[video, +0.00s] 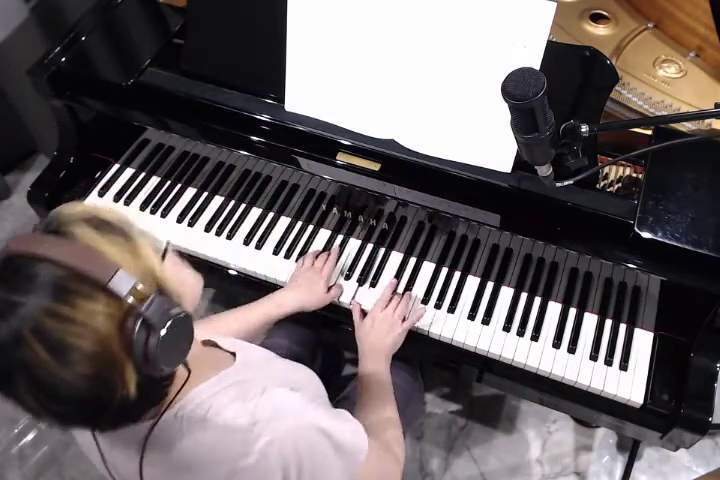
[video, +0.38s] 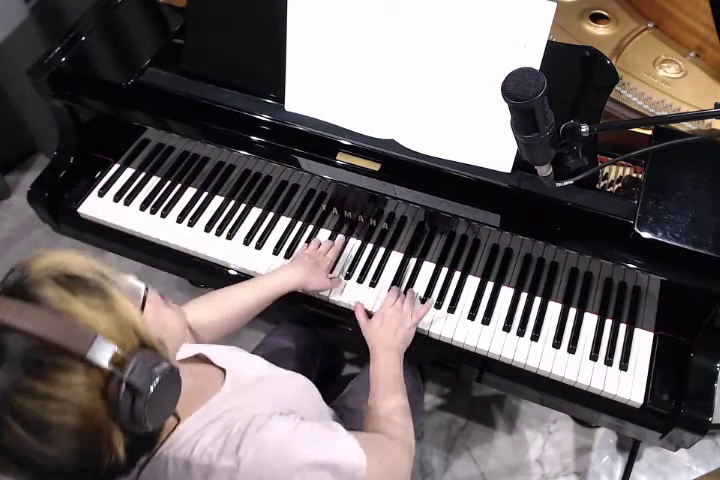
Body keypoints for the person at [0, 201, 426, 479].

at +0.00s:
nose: (166, 244)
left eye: (152, 244)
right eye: (155, 254)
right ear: (156, 342)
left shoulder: (83, 374)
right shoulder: (272, 435)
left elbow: (179, 345)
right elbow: (383, 465)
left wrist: (286, 301)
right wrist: (375, 361)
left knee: (302, 322)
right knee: (399, 377)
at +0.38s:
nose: (146, 287)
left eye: (128, 287)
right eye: (134, 299)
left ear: (141, 366)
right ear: (140, 369)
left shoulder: (135, 376)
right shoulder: (262, 453)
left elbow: (186, 325)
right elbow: (392, 463)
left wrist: (291, 276)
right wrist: (387, 355)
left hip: (256, 369)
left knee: (304, 313)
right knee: (393, 365)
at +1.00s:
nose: (191, 333)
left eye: (174, 333)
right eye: (187, 348)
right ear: (183, 407)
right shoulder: (278, 469)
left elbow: (207, 298)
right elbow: (378, 465)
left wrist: (306, 244)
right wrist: (366, 343)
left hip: (258, 372)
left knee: (301, 328)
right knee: (397, 369)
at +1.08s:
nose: (206, 340)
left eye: (189, 335)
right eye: (202, 353)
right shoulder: (288, 468)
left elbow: (214, 302)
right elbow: (379, 461)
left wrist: (312, 240)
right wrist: (364, 341)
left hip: (261, 368)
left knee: (298, 331)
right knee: (397, 368)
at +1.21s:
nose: (214, 334)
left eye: (202, 331)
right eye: (207, 341)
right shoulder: (290, 467)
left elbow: (212, 309)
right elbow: (383, 459)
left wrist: (310, 242)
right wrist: (365, 339)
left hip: (264, 368)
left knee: (300, 329)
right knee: (397, 368)